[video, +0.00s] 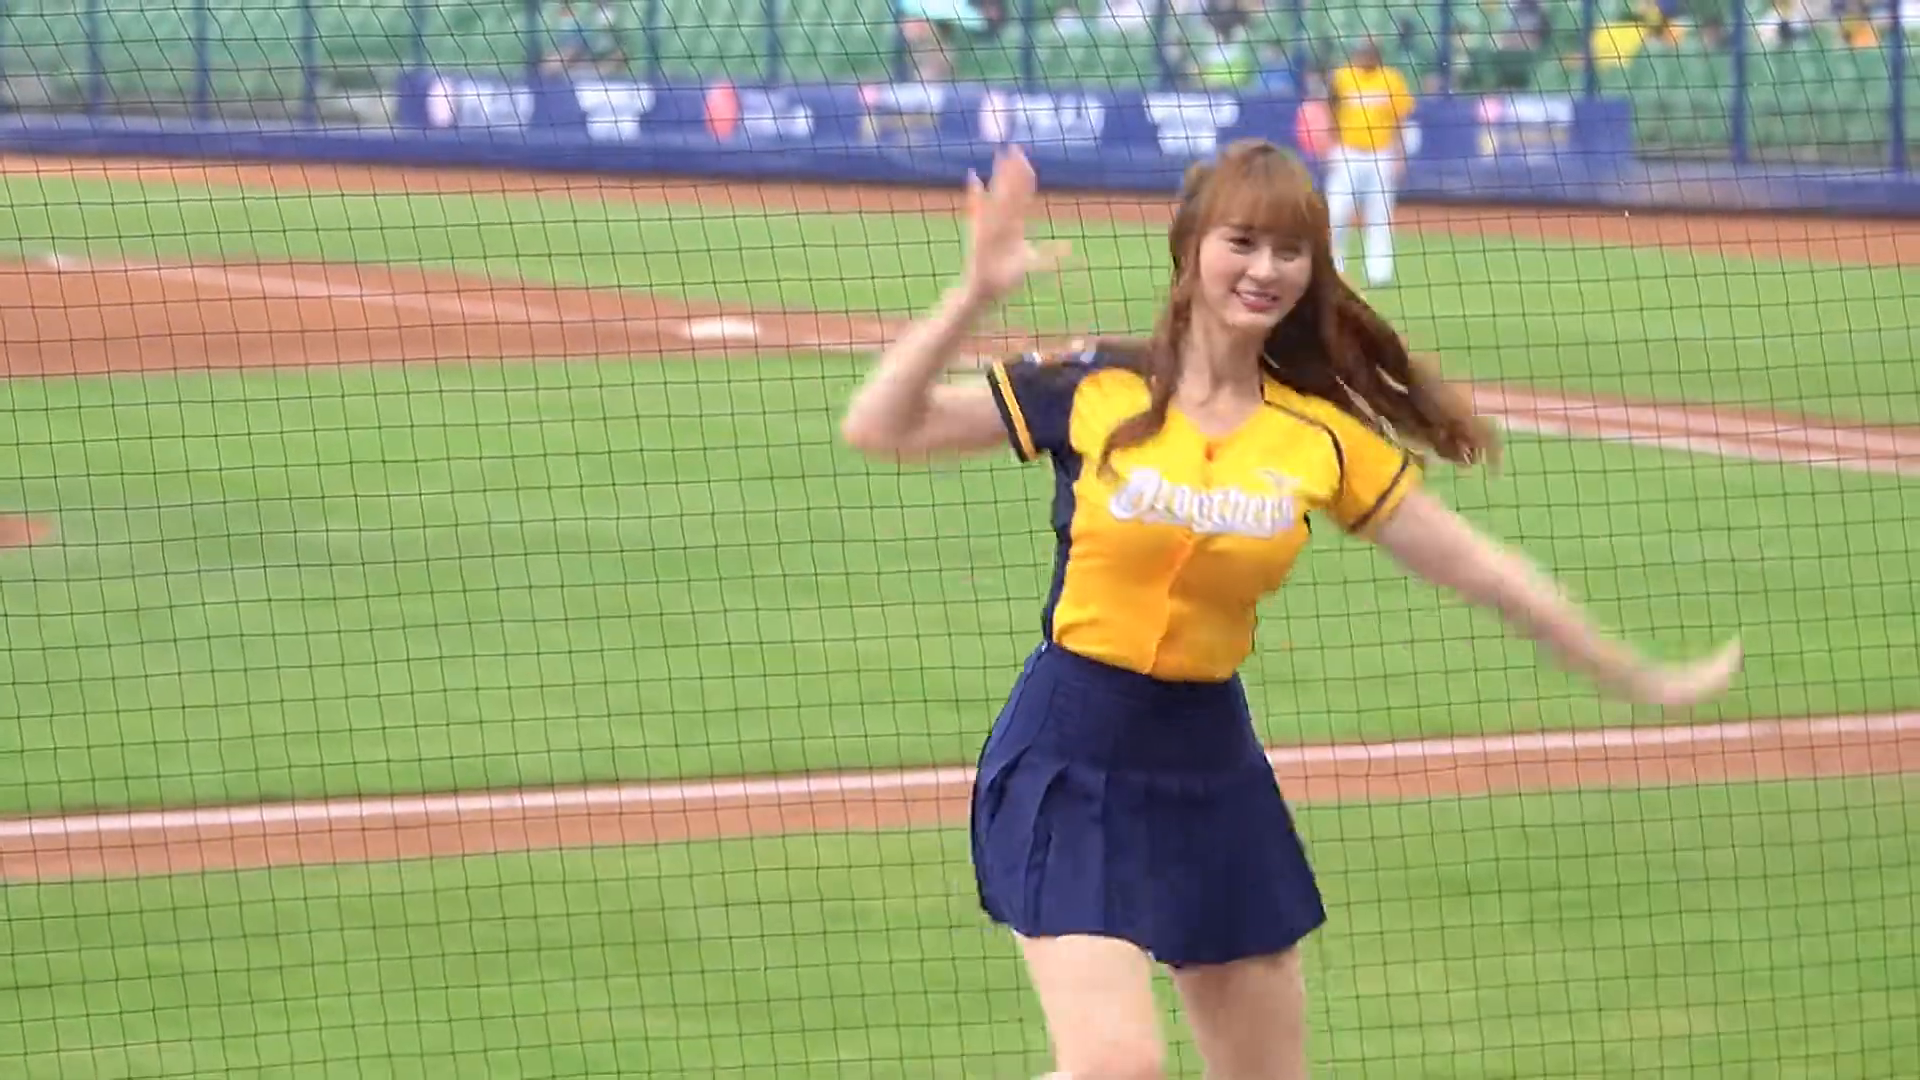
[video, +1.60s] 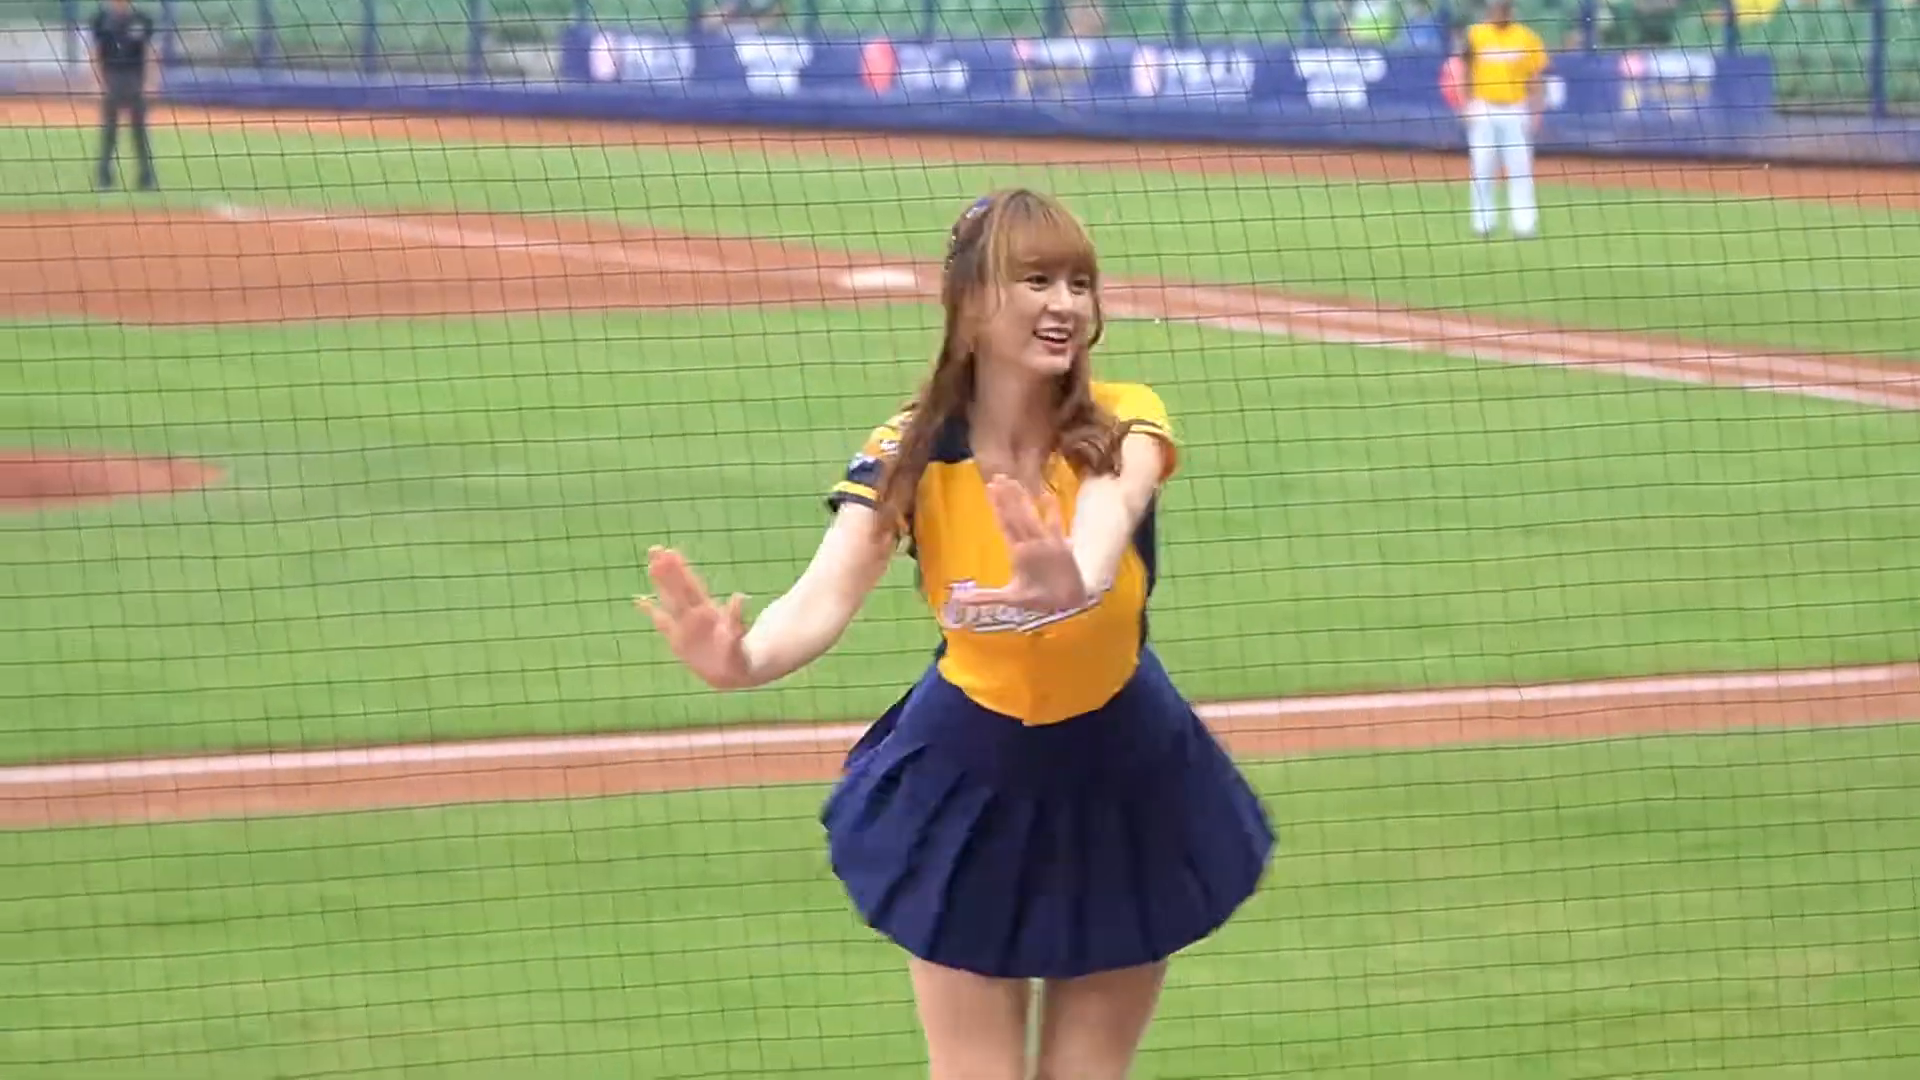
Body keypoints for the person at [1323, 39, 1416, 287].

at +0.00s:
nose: (1366, 59)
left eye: (1370, 53)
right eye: (1361, 53)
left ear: (1378, 55)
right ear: (1354, 54)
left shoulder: (1391, 78)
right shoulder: (1340, 77)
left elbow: (1402, 119)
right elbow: (1330, 110)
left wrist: (1400, 156)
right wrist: (1331, 145)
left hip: (1382, 155)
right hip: (1346, 153)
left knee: (1379, 215)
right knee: (1337, 213)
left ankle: (1379, 270)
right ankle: (1335, 266)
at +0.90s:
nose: (1396, 41)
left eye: (1401, 36)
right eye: (1393, 36)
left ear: (1408, 38)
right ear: (1386, 37)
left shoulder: (1419, 64)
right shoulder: (1373, 61)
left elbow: (1428, 106)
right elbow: (1359, 93)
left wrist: (1431, 140)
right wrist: (1362, 128)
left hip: (1410, 137)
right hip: (1378, 136)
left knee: (1402, 195)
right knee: (1368, 192)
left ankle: (1398, 248)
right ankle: (1357, 244)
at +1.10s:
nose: (1425, 35)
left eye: (1429, 30)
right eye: (1421, 30)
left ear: (1435, 32)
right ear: (1414, 30)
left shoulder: (1446, 57)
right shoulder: (1398, 53)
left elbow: (1456, 97)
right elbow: (1387, 87)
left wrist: (1457, 132)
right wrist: (1386, 121)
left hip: (1435, 129)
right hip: (1401, 127)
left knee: (1430, 186)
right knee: (1391, 185)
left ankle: (1427, 240)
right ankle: (1384, 236)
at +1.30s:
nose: (1460, 26)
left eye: (1465, 21)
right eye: (1456, 21)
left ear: (1472, 22)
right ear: (1449, 20)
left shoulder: (1483, 50)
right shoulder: (1431, 45)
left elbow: (1494, 91)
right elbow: (1420, 78)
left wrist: (1493, 125)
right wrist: (1419, 110)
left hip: (1470, 121)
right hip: (1436, 119)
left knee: (1465, 179)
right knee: (1427, 177)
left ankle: (1465, 233)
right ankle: (1422, 230)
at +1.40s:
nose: (1472, 22)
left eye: (1476, 17)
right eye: (1468, 17)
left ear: (1482, 19)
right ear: (1459, 18)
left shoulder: (1494, 45)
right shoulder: (1444, 42)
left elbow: (1506, 85)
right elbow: (1435, 76)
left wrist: (1507, 119)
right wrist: (1434, 108)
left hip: (1485, 117)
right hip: (1451, 116)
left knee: (1483, 175)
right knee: (1445, 175)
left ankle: (1484, 230)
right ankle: (1443, 228)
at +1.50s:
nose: (1485, 18)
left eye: (1489, 13)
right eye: (1481, 13)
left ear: (1495, 14)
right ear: (1473, 14)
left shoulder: (1508, 41)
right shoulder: (1458, 39)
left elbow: (1518, 84)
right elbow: (1447, 74)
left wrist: (1518, 118)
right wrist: (1448, 106)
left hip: (1498, 113)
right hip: (1464, 112)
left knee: (1500, 170)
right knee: (1463, 171)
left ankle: (1504, 225)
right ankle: (1463, 224)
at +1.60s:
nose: (1500, 12)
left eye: (1504, 7)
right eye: (1495, 7)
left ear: (1510, 9)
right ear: (1489, 9)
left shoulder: (1526, 37)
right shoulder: (1475, 34)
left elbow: (1536, 79)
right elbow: (1465, 70)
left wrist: (1536, 112)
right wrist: (1466, 102)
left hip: (1516, 108)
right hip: (1482, 107)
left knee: (1519, 165)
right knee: (1482, 166)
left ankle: (1524, 220)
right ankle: (1483, 219)